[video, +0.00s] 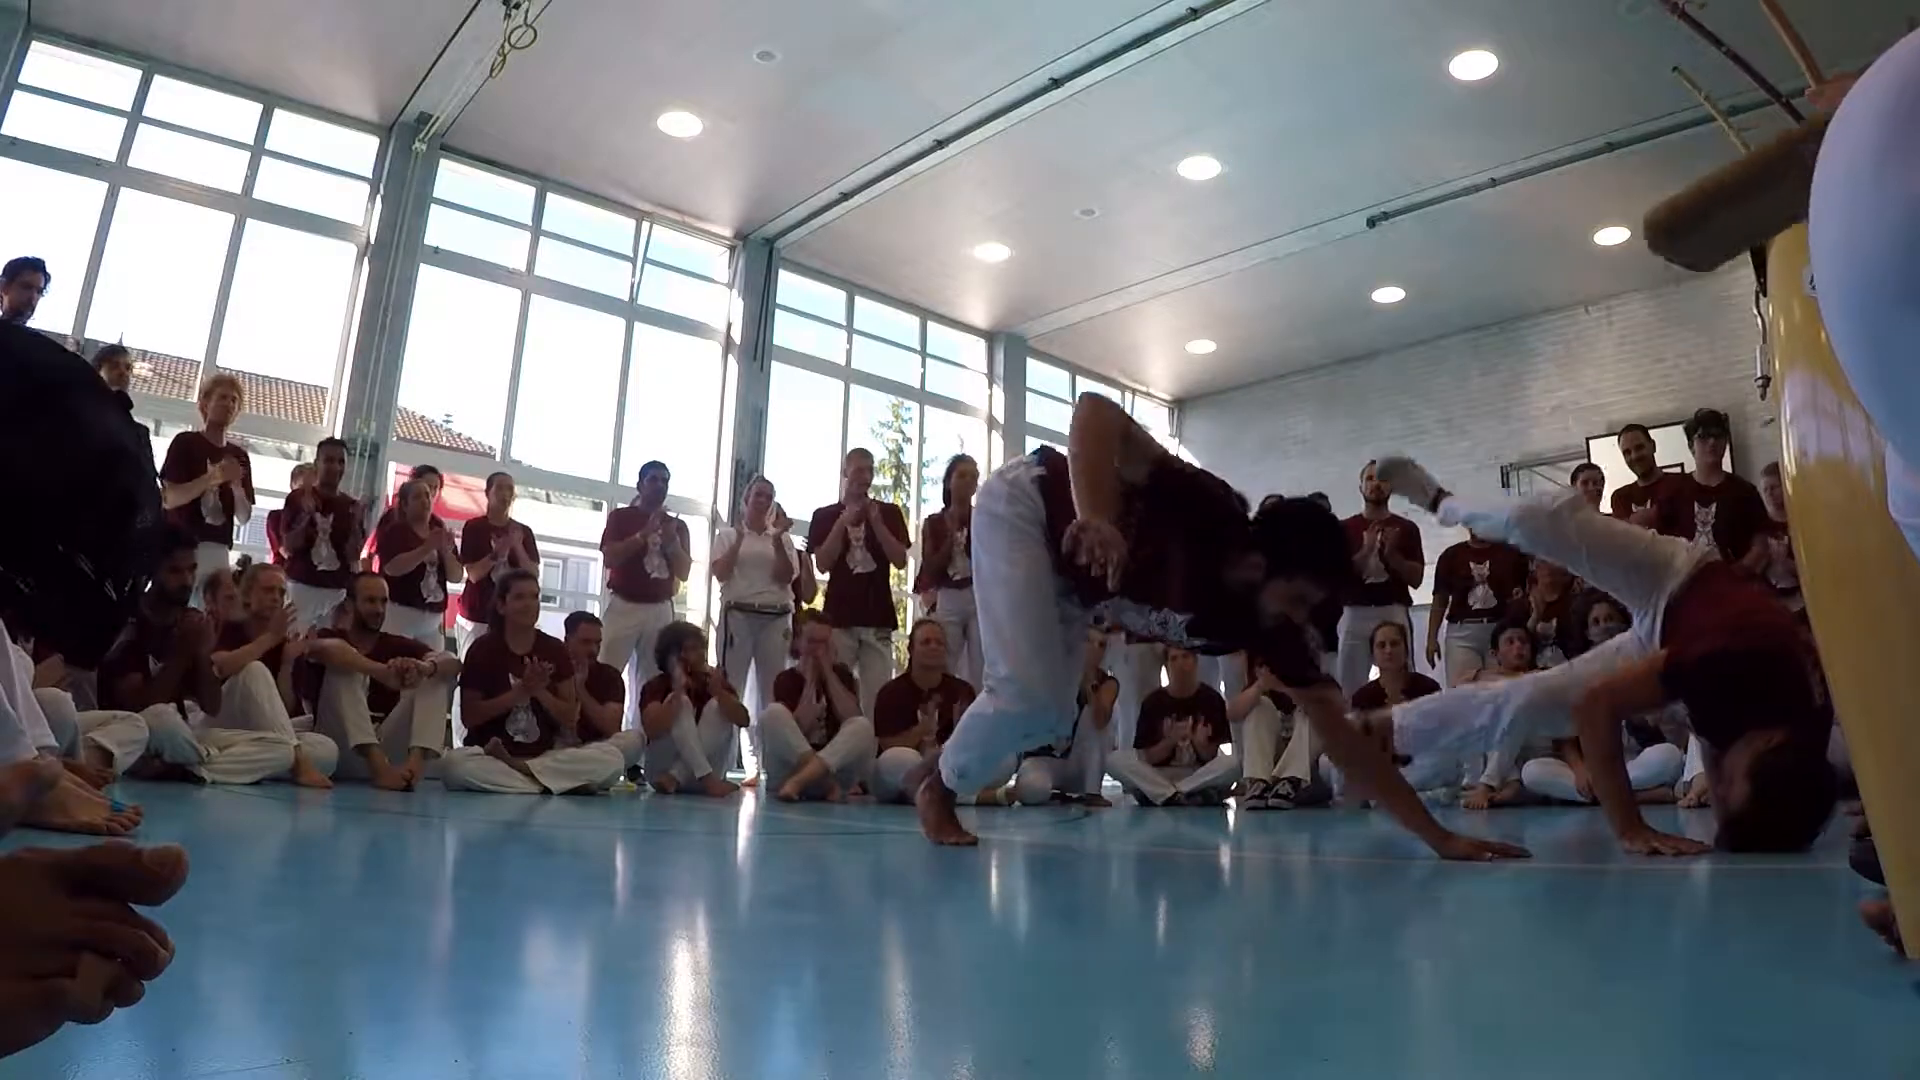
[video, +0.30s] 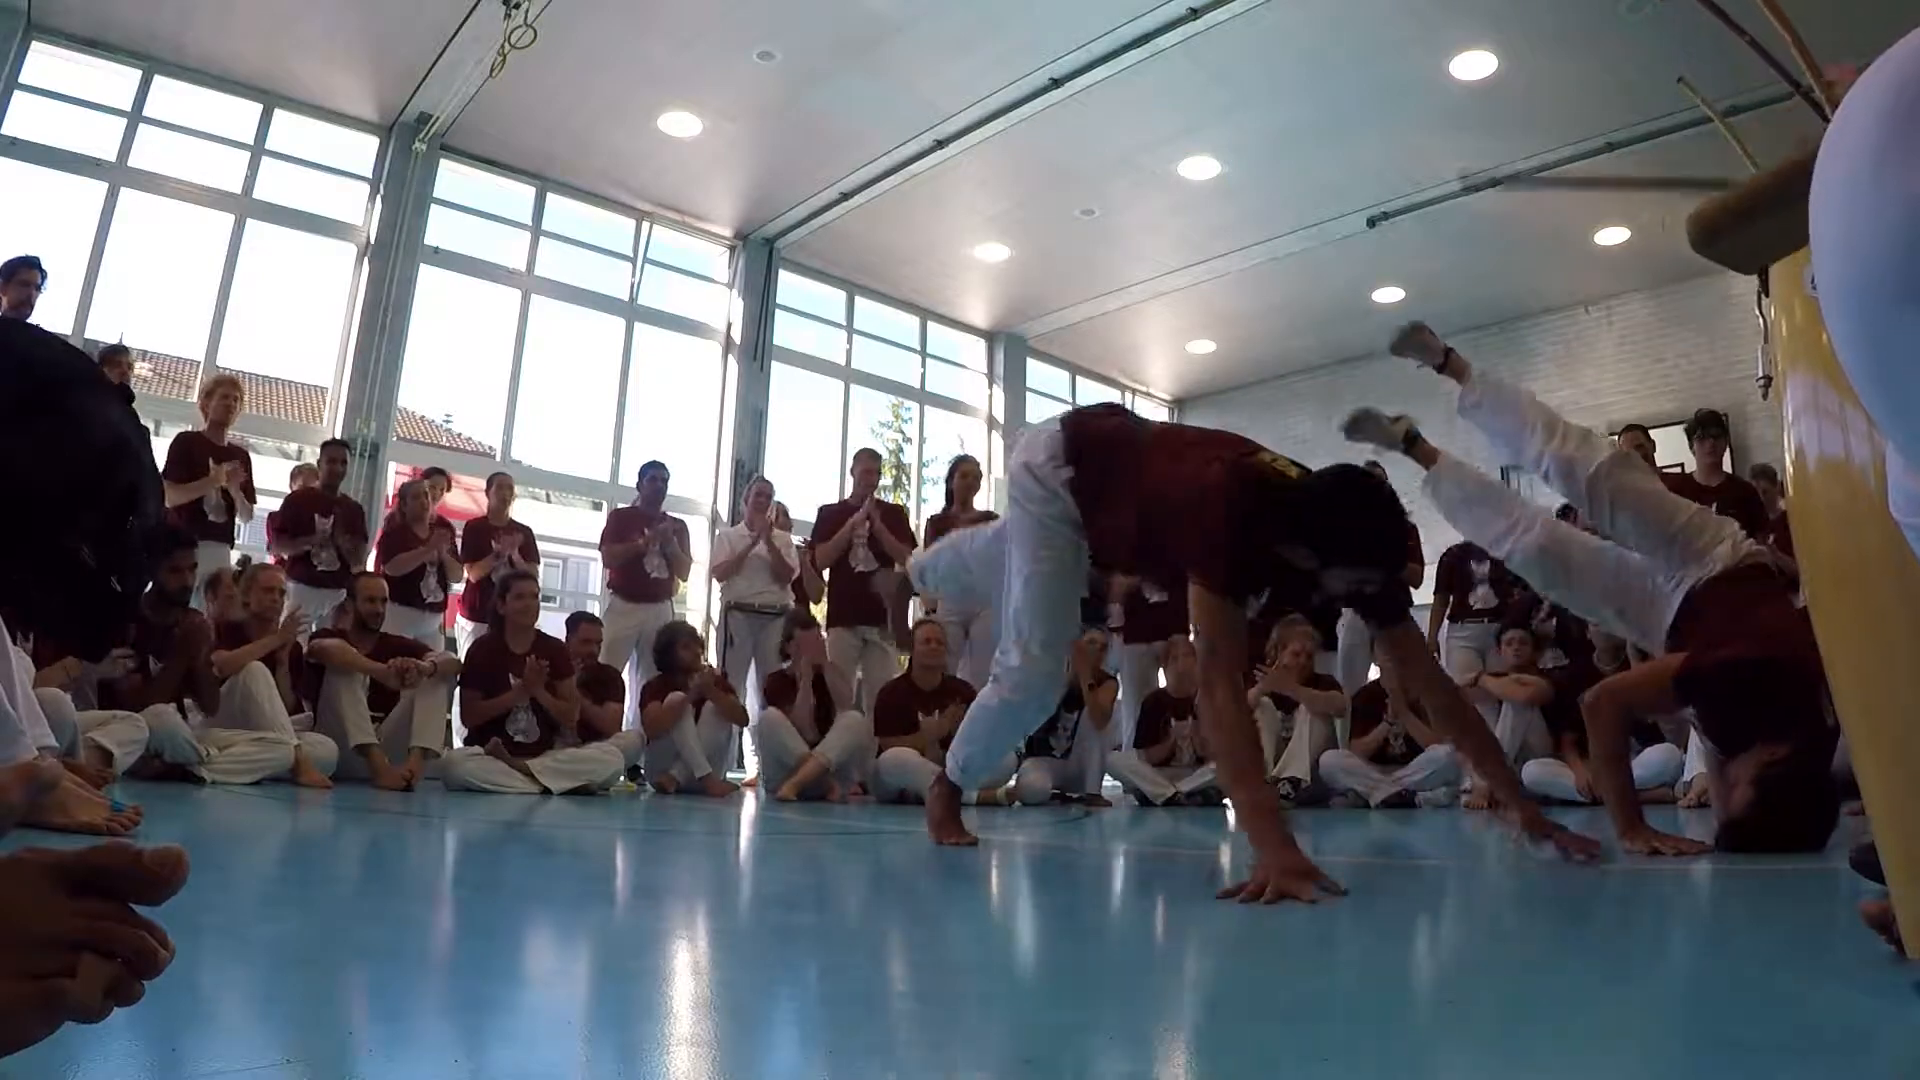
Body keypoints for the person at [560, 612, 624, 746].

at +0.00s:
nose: (593, 650)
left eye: (598, 643)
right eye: (586, 642)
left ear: (601, 643)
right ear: (567, 641)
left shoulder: (610, 675)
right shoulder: (552, 673)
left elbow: (611, 727)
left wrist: (581, 690)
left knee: (635, 738)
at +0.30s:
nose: (594, 650)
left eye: (598, 643)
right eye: (586, 642)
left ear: (602, 643)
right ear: (568, 641)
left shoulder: (610, 676)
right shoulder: (550, 673)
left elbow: (611, 726)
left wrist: (573, 694)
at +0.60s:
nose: (593, 650)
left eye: (598, 643)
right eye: (586, 642)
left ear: (601, 642)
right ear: (567, 639)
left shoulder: (610, 675)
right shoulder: (547, 672)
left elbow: (610, 727)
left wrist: (573, 694)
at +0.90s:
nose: (593, 649)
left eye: (598, 643)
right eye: (586, 642)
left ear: (601, 643)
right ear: (567, 640)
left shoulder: (610, 675)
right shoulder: (550, 673)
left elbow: (610, 728)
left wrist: (580, 693)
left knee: (635, 738)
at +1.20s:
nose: (593, 650)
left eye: (598, 643)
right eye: (586, 642)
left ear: (602, 643)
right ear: (568, 639)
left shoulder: (610, 675)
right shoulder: (549, 672)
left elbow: (611, 729)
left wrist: (580, 690)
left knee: (634, 739)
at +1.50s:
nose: (593, 650)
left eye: (598, 643)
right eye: (586, 642)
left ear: (602, 643)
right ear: (568, 640)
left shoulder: (610, 675)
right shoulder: (550, 672)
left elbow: (610, 728)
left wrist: (577, 693)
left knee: (634, 738)